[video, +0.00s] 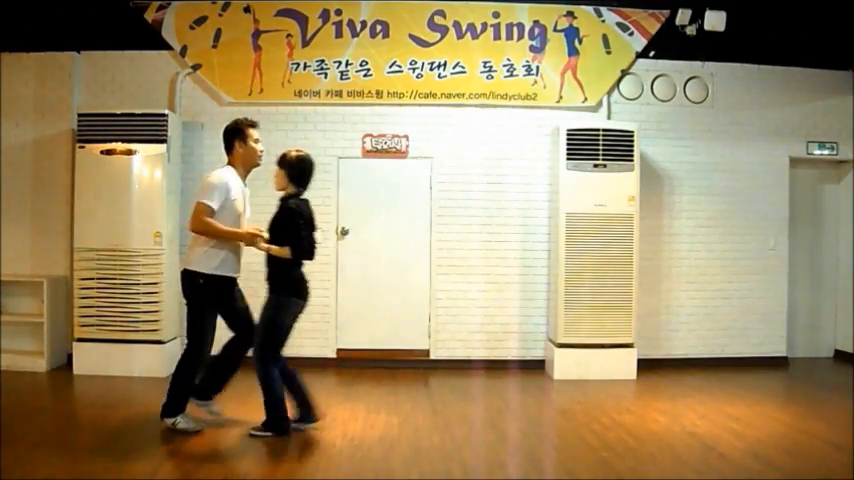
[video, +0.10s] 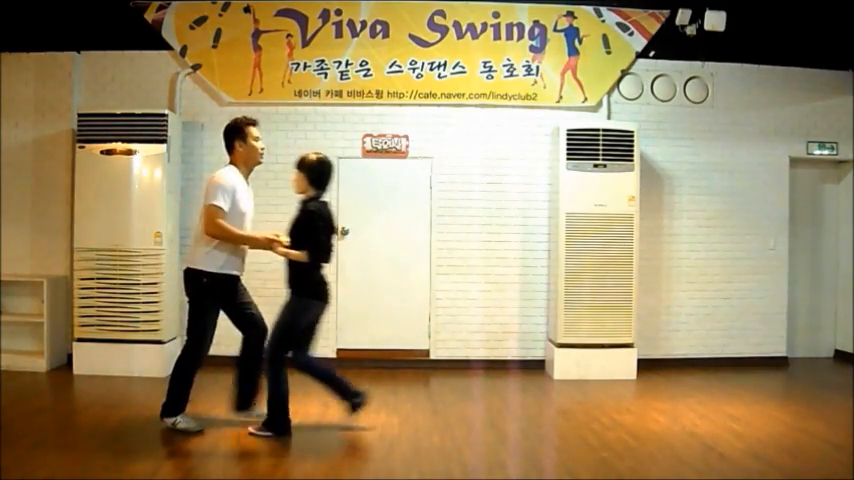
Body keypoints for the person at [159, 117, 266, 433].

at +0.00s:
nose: (261, 148)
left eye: (260, 141)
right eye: (255, 142)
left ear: (241, 148)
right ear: (237, 146)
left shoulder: (239, 185)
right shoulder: (219, 179)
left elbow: (223, 226)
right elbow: (197, 222)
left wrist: (249, 235)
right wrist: (240, 235)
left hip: (222, 277)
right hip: (201, 276)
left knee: (245, 333)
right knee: (198, 346)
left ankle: (202, 396)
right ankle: (172, 412)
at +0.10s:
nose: (262, 146)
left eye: (261, 140)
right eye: (256, 140)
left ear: (245, 147)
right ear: (238, 146)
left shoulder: (242, 184)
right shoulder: (222, 179)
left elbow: (230, 231)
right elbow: (212, 227)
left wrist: (264, 241)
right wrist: (257, 240)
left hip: (226, 277)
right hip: (204, 275)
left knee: (256, 330)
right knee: (197, 347)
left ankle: (244, 405)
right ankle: (172, 412)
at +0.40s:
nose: (265, 140)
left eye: (263, 135)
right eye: (258, 135)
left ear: (252, 143)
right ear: (239, 142)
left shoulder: (261, 183)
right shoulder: (230, 181)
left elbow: (271, 228)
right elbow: (242, 233)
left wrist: (307, 237)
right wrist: (291, 233)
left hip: (261, 275)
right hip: (238, 277)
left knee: (277, 340)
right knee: (239, 346)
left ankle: (278, 412)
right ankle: (189, 398)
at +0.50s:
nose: (267, 137)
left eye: (265, 132)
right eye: (260, 133)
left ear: (251, 141)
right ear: (241, 141)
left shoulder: (268, 181)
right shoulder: (231, 182)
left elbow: (281, 226)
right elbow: (239, 233)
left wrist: (318, 235)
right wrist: (285, 227)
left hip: (270, 271)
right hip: (246, 274)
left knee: (279, 341)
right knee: (263, 341)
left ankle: (278, 412)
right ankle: (215, 396)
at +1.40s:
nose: (273, 154)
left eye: (274, 149)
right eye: (269, 147)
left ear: (259, 149)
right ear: (249, 145)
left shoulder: (261, 189)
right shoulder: (221, 181)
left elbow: (299, 221)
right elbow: (216, 228)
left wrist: (339, 222)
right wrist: (260, 231)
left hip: (252, 276)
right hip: (227, 277)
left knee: (278, 334)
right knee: (255, 342)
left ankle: (270, 408)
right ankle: (247, 418)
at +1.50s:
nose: (266, 154)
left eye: (267, 148)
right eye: (262, 147)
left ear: (251, 149)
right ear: (241, 146)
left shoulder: (253, 189)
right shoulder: (216, 182)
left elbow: (286, 226)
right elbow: (216, 232)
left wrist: (329, 227)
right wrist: (263, 234)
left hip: (246, 276)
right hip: (222, 278)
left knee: (266, 338)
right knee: (253, 342)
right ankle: (247, 416)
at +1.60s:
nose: (259, 155)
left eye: (260, 149)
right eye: (255, 148)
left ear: (245, 151)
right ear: (234, 147)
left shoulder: (249, 192)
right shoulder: (211, 185)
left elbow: (272, 233)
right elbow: (212, 237)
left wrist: (314, 236)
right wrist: (258, 241)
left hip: (240, 279)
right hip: (217, 280)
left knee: (242, 345)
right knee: (250, 341)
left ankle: (188, 394)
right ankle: (247, 417)